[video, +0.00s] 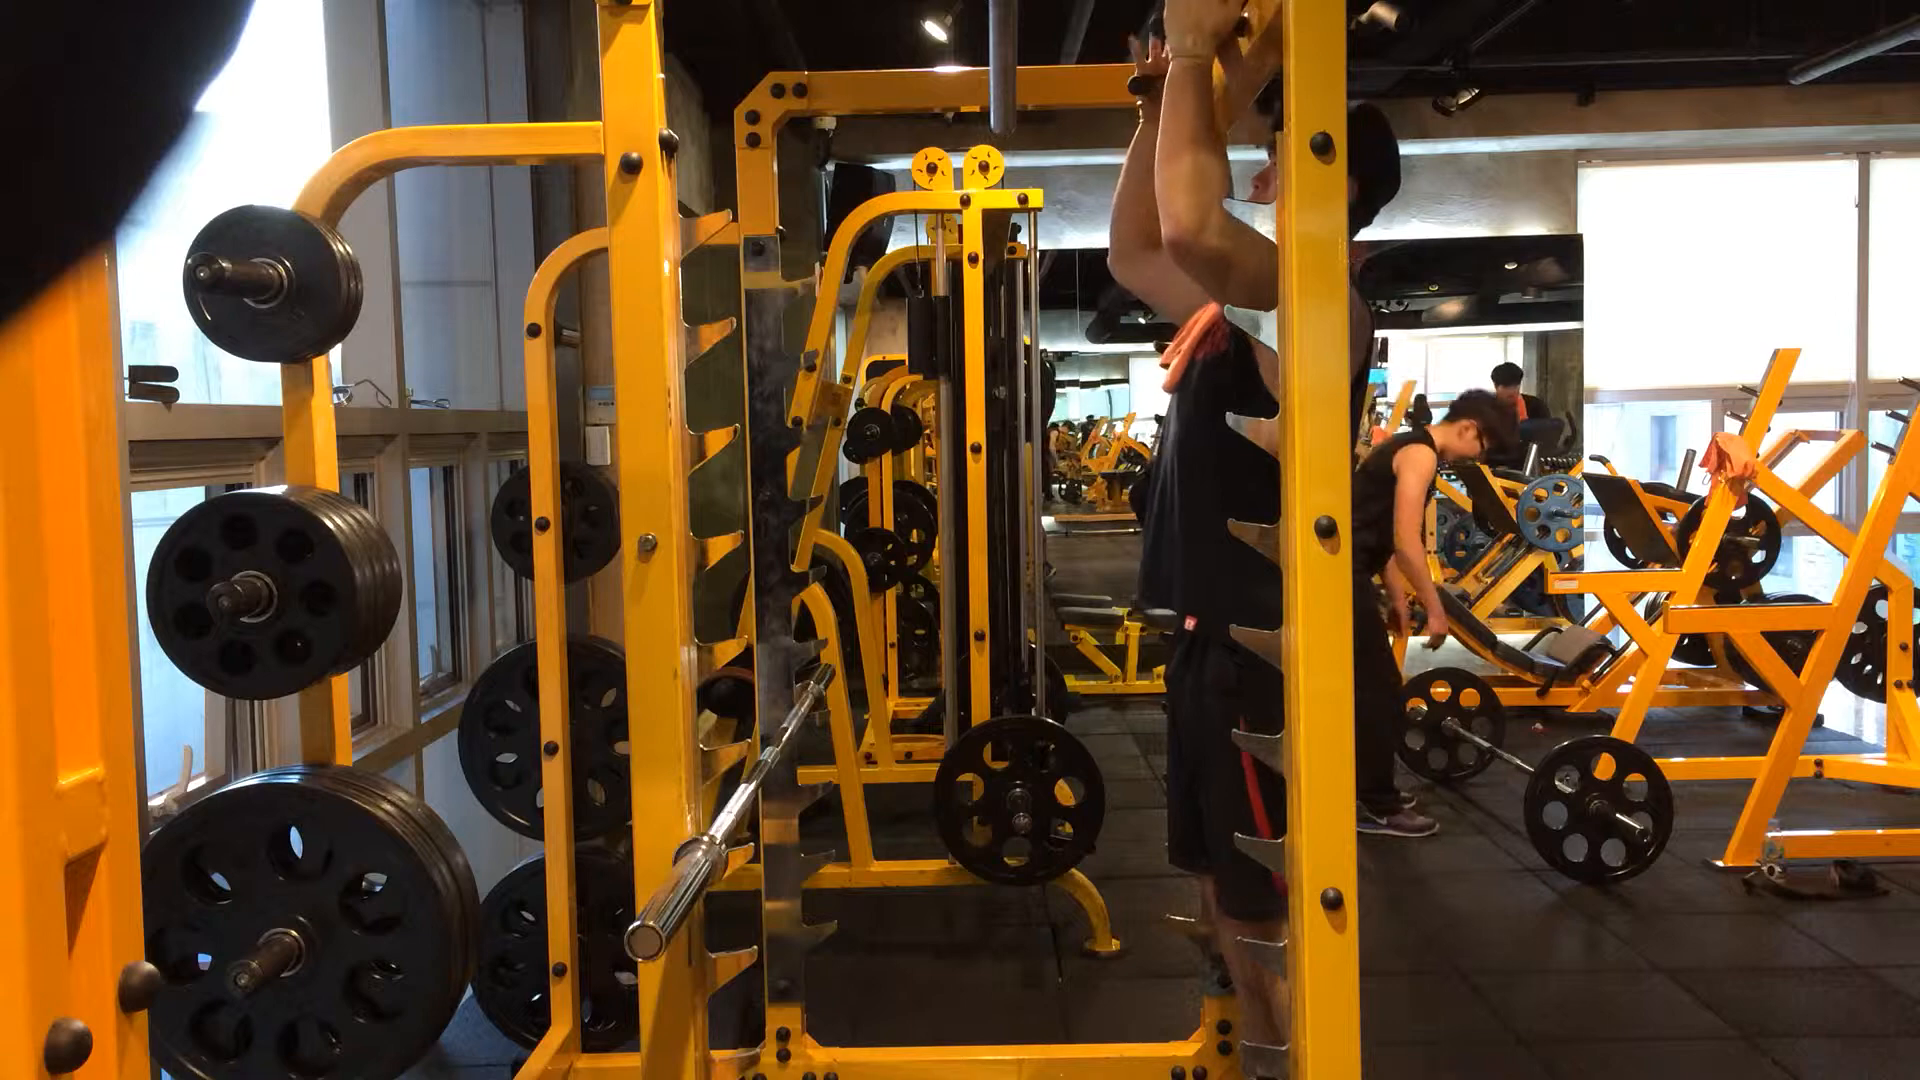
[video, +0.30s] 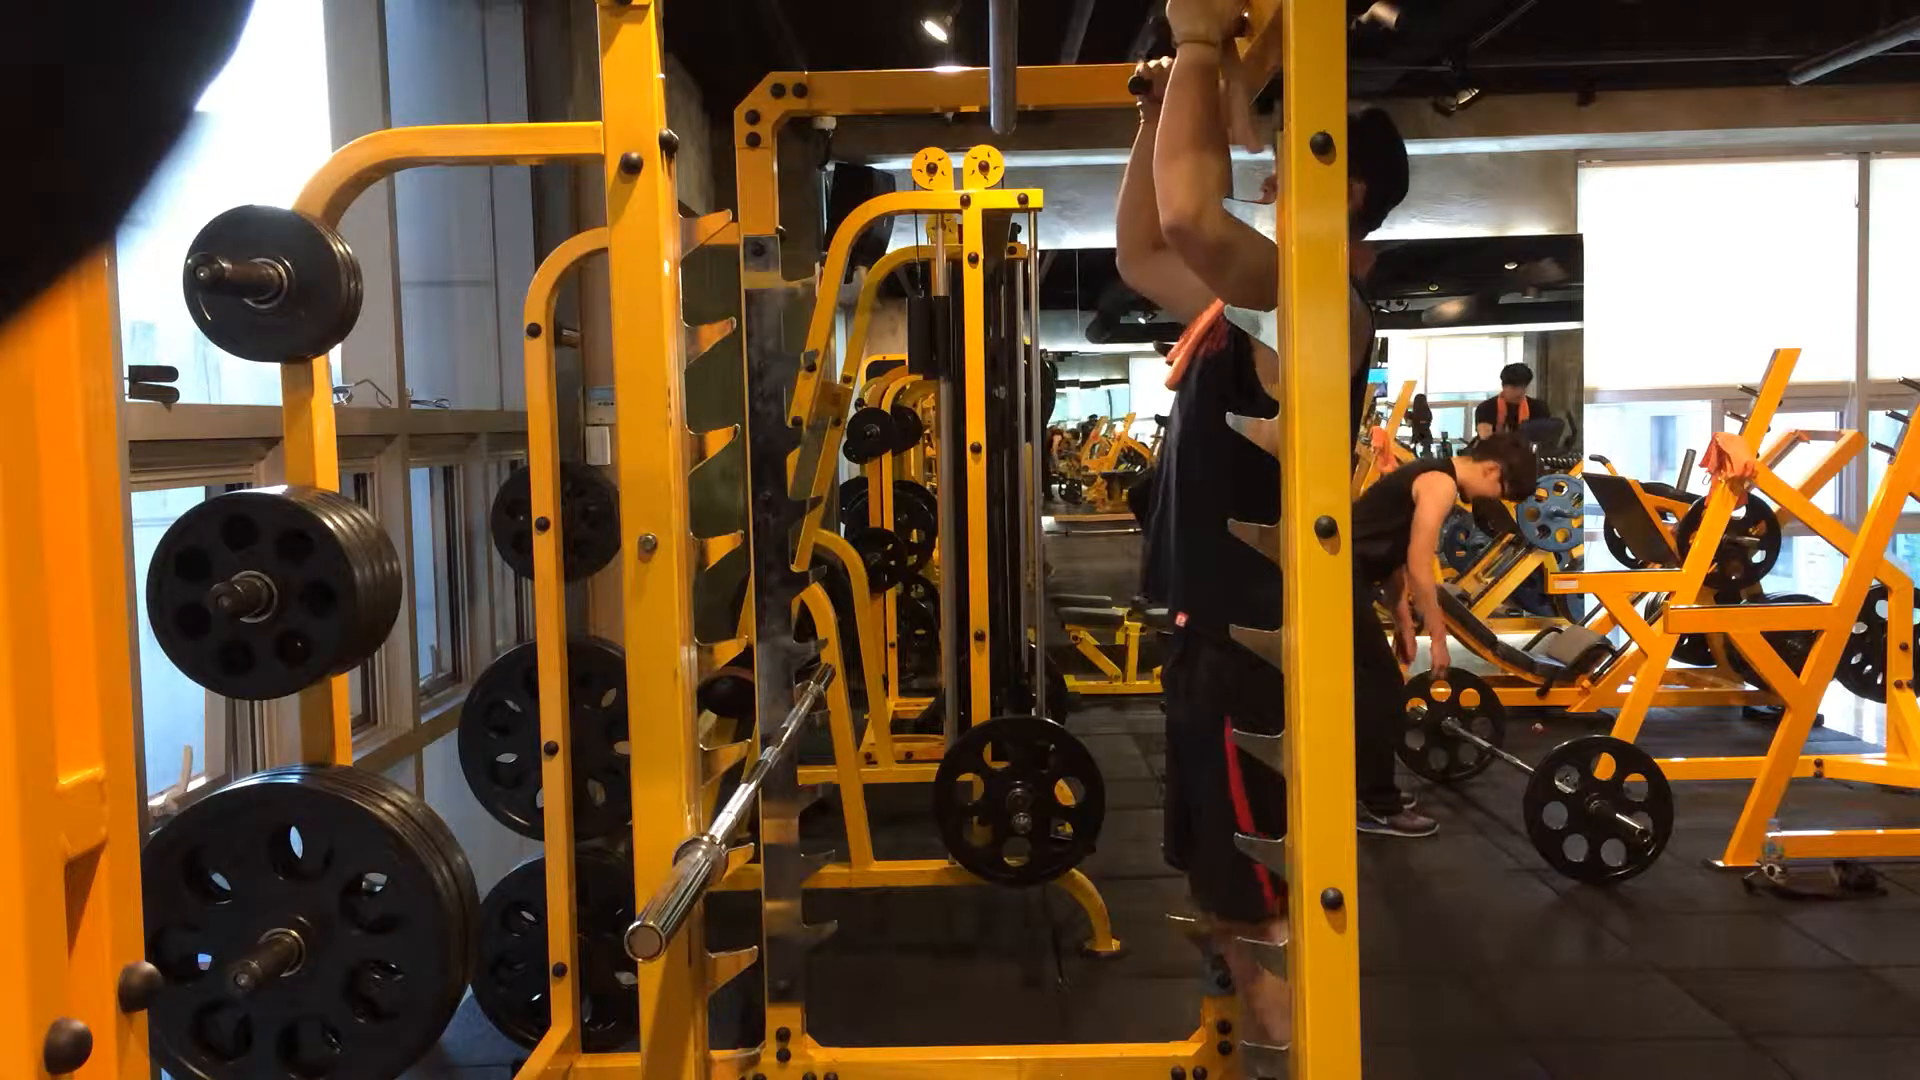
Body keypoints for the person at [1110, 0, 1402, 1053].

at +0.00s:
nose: (1266, 170)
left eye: (1289, 153)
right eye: (1275, 152)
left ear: (1335, 180)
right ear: (1315, 178)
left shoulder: (1325, 297)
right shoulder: (1247, 304)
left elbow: (1194, 227)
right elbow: (1135, 258)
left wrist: (1194, 46)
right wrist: (1153, 113)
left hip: (1277, 648)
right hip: (1215, 639)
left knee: (1262, 921)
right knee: (1222, 897)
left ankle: (1291, 1062)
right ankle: (1253, 1048)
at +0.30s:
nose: (1272, 164)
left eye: (1298, 150)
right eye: (1283, 146)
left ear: (1346, 188)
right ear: (1288, 166)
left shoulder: (1321, 299)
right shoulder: (1249, 297)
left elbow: (1194, 217)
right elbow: (1142, 255)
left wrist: (1202, 41)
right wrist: (1163, 101)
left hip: (1266, 641)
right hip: (1209, 630)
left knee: (1261, 905)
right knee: (1216, 877)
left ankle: (1300, 1053)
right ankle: (1259, 1035)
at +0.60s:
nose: (1293, 192)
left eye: (1316, 176)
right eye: (1299, 174)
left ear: (1371, 200)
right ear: (1345, 198)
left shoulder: (1348, 311)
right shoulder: (1272, 302)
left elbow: (1207, 230)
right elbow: (1153, 261)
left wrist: (1210, 51)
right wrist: (1155, 127)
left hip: (1251, 638)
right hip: (1218, 628)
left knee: (1169, 903)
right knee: (1248, 888)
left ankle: (1210, 1074)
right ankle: (1319, 1035)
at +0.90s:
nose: (1287, 191)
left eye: (1308, 175)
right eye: (1295, 172)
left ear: (1356, 200)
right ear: (1334, 202)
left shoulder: (1348, 313)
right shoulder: (1288, 304)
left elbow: (1203, 237)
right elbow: (1168, 270)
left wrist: (1207, 68)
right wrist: (1157, 136)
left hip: (1216, 652)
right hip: (1173, 630)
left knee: (1165, 933)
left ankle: (1195, 1077)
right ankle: (1152, 940)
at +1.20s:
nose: (1285, 202)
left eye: (1309, 187)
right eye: (1294, 183)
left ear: (1363, 211)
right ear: (1320, 203)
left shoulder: (1359, 317)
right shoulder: (1286, 308)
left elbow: (1208, 234)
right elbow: (1164, 263)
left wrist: (1209, 66)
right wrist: (1158, 132)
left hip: (1202, 643)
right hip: (1151, 579)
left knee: (1154, 905)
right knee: (980, 492)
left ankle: (1178, 1075)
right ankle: (925, 720)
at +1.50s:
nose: (1299, 209)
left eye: (1324, 195)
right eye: (1305, 194)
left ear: (1376, 223)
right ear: (1352, 223)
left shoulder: (1364, 316)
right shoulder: (1288, 325)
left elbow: (1214, 240)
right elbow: (1167, 270)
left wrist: (1207, 67)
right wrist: (1160, 131)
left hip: (1193, 648)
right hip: (1137, 575)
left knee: (1135, 911)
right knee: (954, 502)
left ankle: (1177, 1078)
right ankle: (856, 717)